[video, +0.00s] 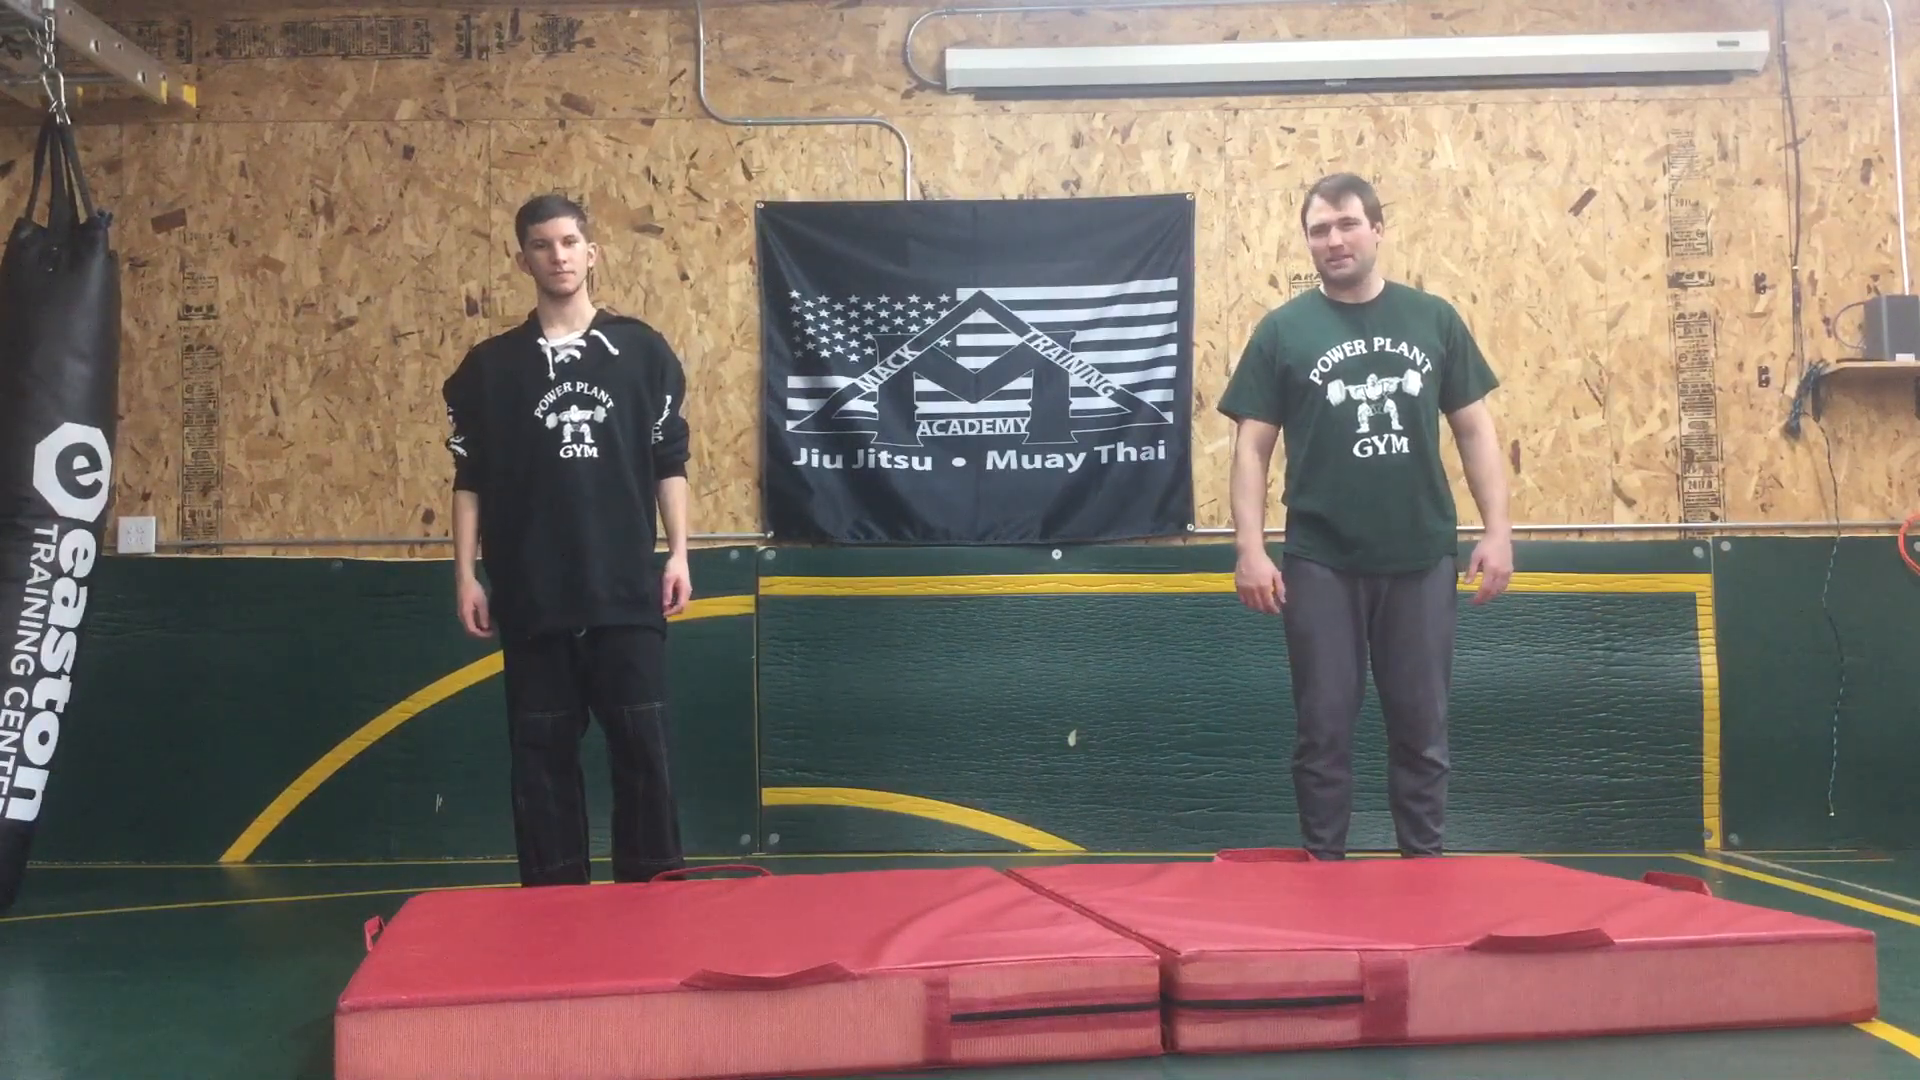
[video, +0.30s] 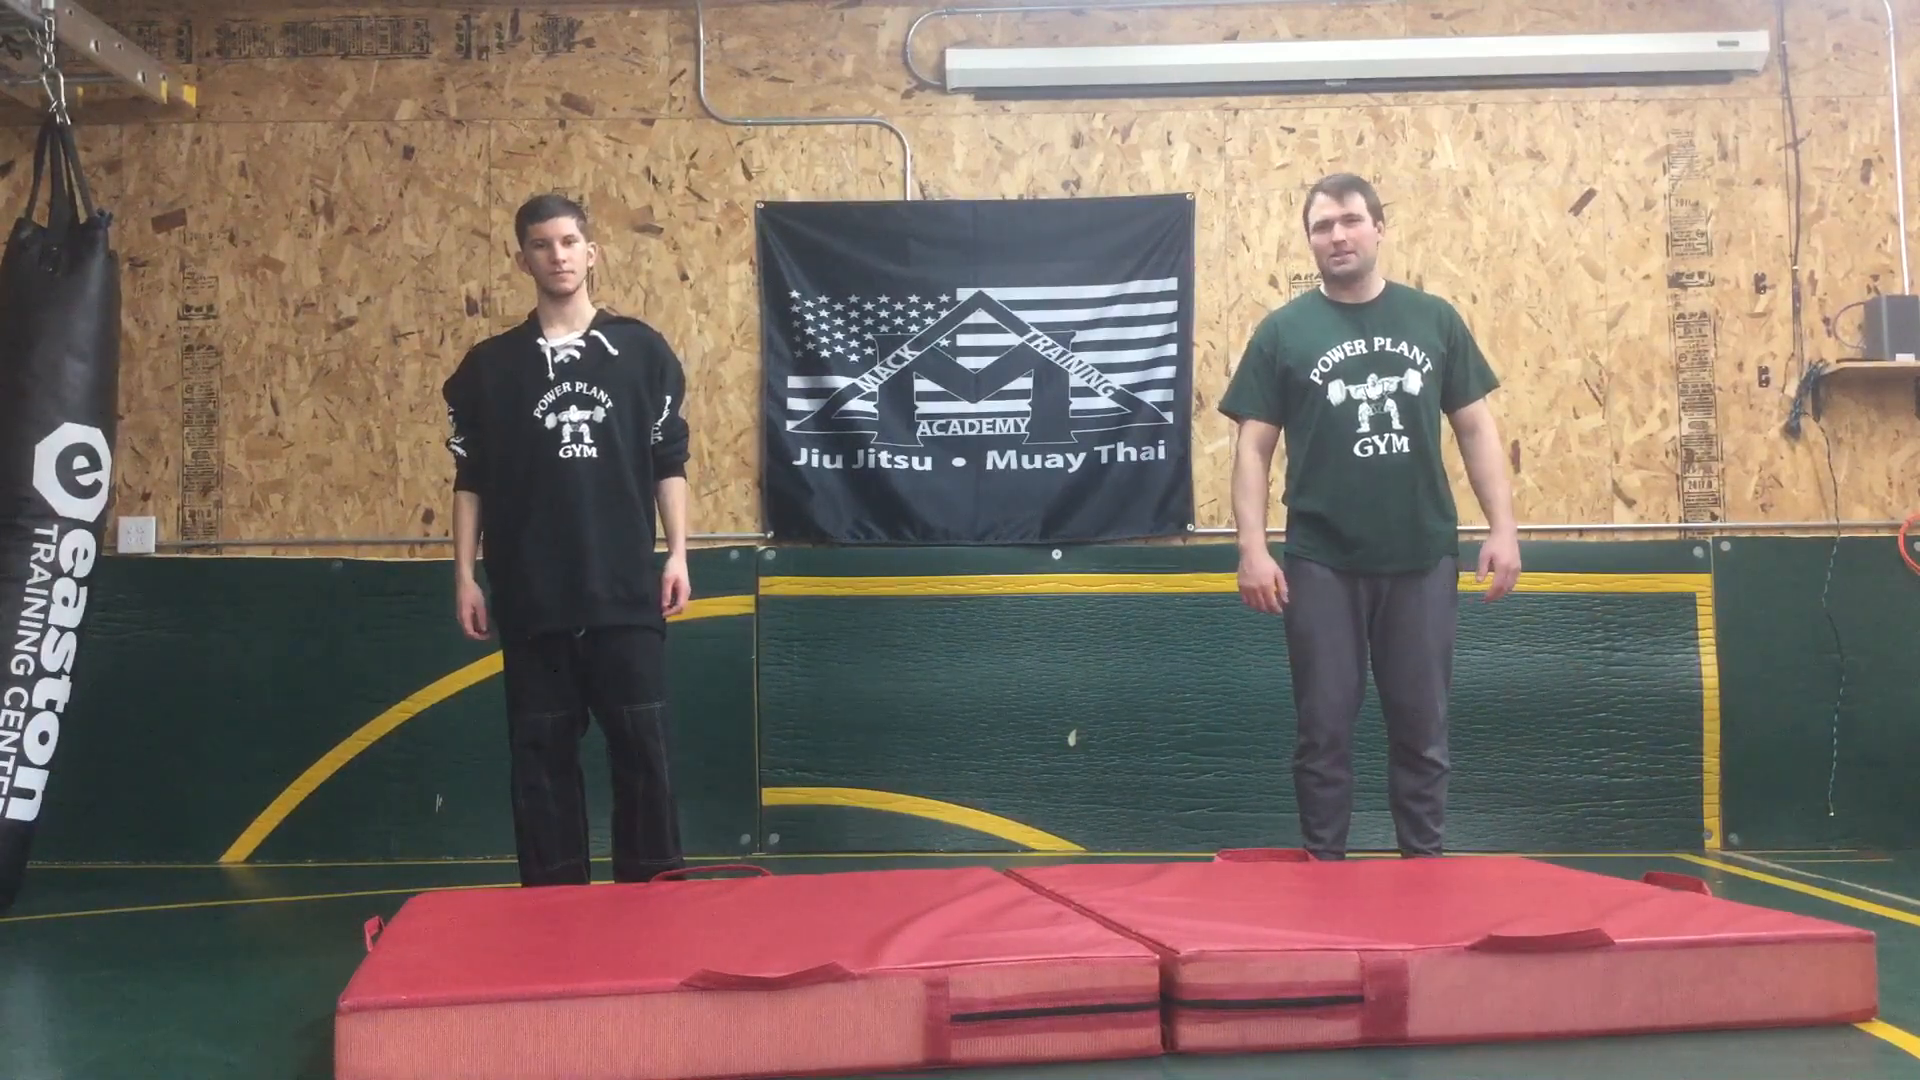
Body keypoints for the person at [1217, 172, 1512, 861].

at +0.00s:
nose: (1334, 239)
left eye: (1346, 225)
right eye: (1320, 230)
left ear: (1377, 231)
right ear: (1306, 242)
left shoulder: (1434, 320)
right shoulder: (1283, 330)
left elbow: (1473, 429)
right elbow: (1252, 447)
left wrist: (1498, 531)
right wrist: (1250, 548)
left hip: (1420, 556)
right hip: (1320, 558)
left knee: (1422, 727)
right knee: (1323, 726)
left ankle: (1425, 869)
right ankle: (1323, 871)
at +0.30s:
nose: (1337, 235)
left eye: (1350, 221)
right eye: (1322, 226)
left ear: (1380, 229)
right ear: (1308, 241)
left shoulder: (1434, 320)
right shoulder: (1284, 331)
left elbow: (1474, 427)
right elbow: (1253, 448)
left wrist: (1503, 527)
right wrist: (1252, 549)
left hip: (1420, 555)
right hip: (1321, 558)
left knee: (1422, 727)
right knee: (1324, 726)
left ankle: (1425, 869)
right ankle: (1324, 871)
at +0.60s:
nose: (1344, 230)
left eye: (1355, 218)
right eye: (1328, 222)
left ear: (1383, 230)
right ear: (1311, 241)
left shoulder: (1434, 320)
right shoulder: (1283, 332)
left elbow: (1477, 428)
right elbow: (1253, 448)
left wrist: (1495, 529)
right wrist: (1252, 548)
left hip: (1422, 556)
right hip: (1321, 558)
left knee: (1422, 728)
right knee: (1324, 726)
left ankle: (1423, 869)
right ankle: (1323, 871)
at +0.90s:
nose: (1337, 224)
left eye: (1351, 212)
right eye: (1324, 218)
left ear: (1382, 230)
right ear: (1310, 241)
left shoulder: (1433, 319)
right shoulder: (1282, 332)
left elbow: (1473, 427)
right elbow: (1253, 447)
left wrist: (1502, 523)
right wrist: (1247, 539)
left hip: (1422, 554)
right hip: (1321, 556)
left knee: (1422, 726)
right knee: (1324, 724)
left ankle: (1423, 868)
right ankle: (1323, 870)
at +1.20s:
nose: (1333, 221)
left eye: (1347, 209)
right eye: (1319, 216)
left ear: (1381, 228)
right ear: (1308, 242)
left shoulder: (1433, 319)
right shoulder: (1283, 331)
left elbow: (1474, 429)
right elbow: (1254, 448)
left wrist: (1502, 529)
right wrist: (1251, 550)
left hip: (1421, 555)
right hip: (1321, 557)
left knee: (1421, 728)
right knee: (1324, 726)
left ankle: (1424, 870)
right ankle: (1323, 873)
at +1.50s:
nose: (1338, 226)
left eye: (1352, 214)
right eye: (1325, 220)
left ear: (1383, 231)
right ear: (1312, 245)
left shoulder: (1436, 321)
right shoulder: (1284, 332)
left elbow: (1475, 429)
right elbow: (1253, 448)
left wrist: (1496, 531)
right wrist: (1252, 546)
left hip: (1422, 557)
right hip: (1321, 559)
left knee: (1423, 728)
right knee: (1324, 726)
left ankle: (1424, 869)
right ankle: (1323, 870)